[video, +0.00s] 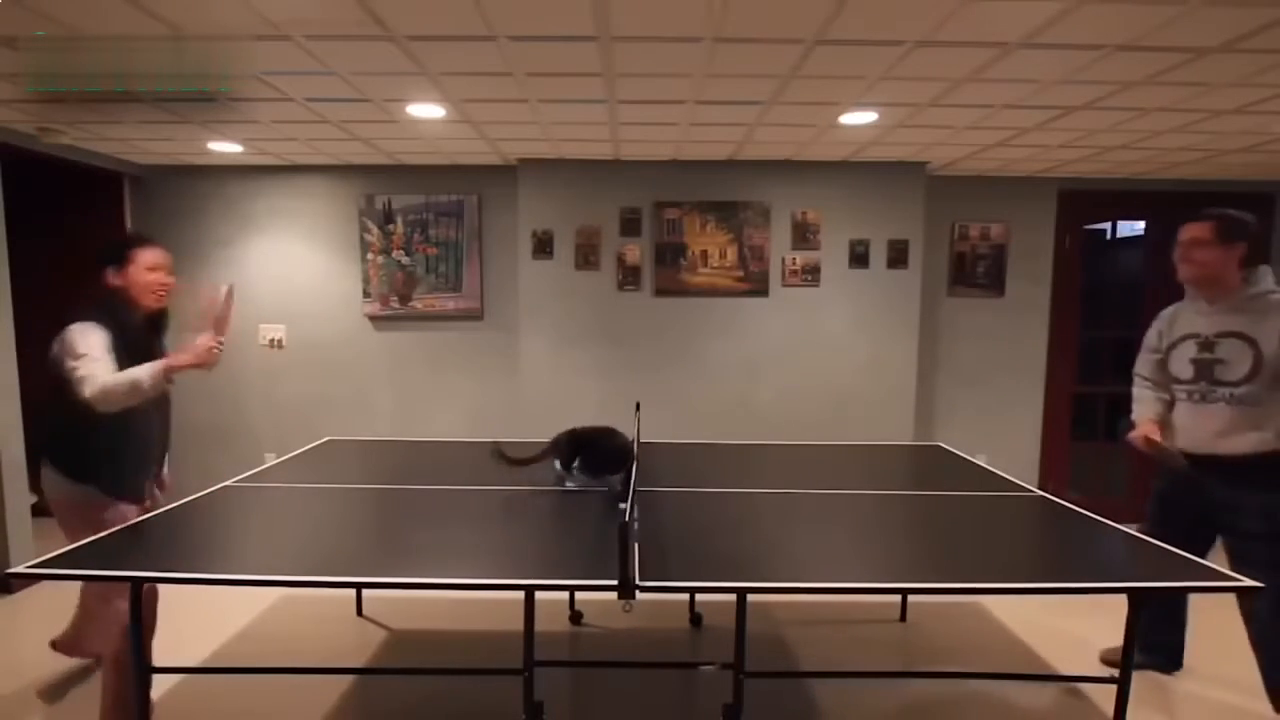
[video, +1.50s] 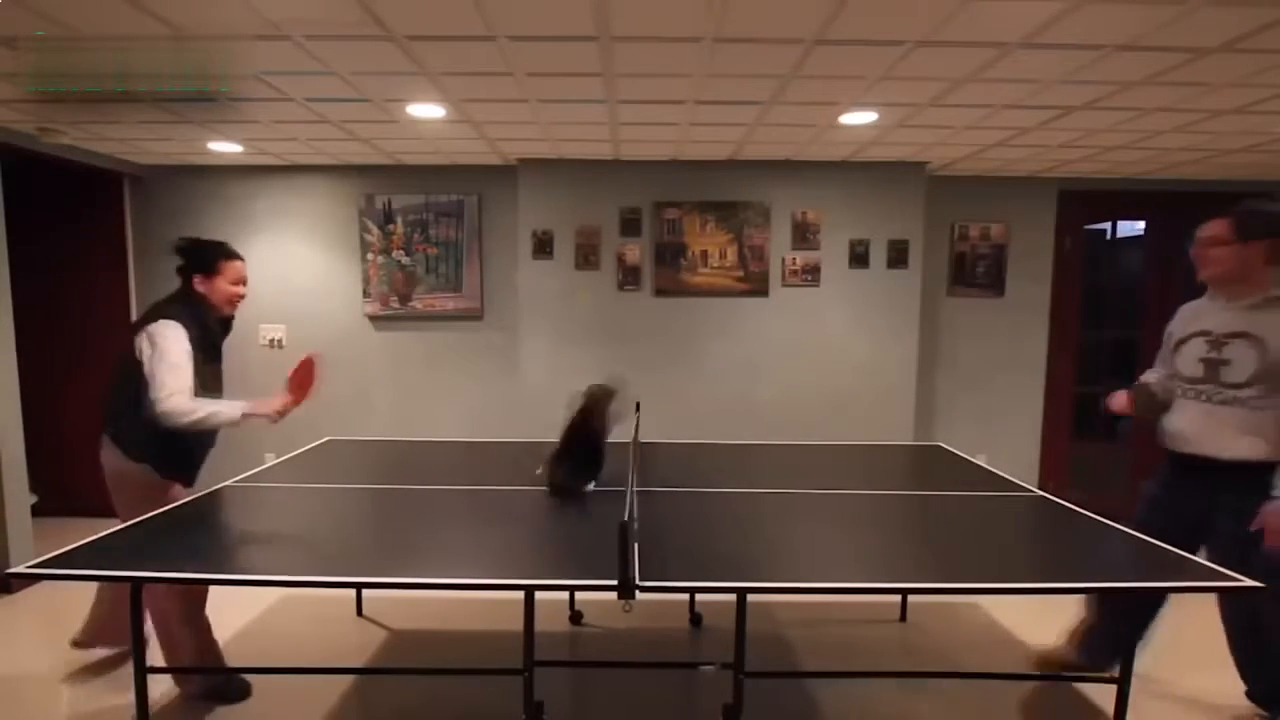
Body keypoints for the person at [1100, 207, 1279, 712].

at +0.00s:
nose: (1183, 256)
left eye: (1197, 247)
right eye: (1180, 247)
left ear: (1235, 253)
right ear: (1176, 256)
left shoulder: (1271, 309)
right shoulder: (1169, 321)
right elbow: (1149, 381)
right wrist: (1146, 421)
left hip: (1257, 470)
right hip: (1185, 467)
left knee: (1266, 589)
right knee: (1158, 561)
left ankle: (1277, 686)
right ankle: (1155, 651)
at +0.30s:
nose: (1158, 277)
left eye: (1169, 265)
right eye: (1154, 268)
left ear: (1207, 267)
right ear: (1155, 276)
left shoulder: (1260, 322)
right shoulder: (1158, 335)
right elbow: (1142, 390)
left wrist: (1277, 501)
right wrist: (1112, 411)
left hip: (1247, 478)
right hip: (1176, 476)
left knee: (1260, 598)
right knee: (1136, 558)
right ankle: (1087, 635)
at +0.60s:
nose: (1055, 292)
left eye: (1065, 281)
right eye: (1051, 283)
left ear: (1100, 286)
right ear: (1052, 289)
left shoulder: (1156, 338)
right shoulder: (1052, 339)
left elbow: (1198, 408)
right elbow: (1000, 351)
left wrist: (1206, 477)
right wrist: (943, 351)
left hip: (1164, 473)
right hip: (1100, 470)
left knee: (1208, 587)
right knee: (1068, 547)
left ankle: (1267, 692)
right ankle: (1071, 631)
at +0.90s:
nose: (1079, 273)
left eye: (1090, 264)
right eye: (1077, 264)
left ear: (1124, 270)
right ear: (1074, 272)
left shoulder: (1183, 324)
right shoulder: (1084, 333)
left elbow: (1229, 397)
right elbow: (1101, 395)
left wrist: (1239, 473)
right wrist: (1089, 426)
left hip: (1185, 469)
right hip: (1118, 467)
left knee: (1230, 585)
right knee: (1092, 550)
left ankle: (1275, 686)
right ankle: (1076, 630)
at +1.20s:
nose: (1212, 253)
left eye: (1226, 241)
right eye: (1210, 242)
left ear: (1262, 250)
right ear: (1205, 251)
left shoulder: (1276, 310)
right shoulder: (1191, 313)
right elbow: (1174, 379)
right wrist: (1161, 408)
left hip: (1265, 471)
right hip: (1201, 465)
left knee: (1266, 589)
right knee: (1167, 562)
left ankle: (1270, 692)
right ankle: (1122, 648)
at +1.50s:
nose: (1201, 256)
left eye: (1215, 246)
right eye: (1199, 247)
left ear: (1255, 252)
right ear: (1196, 254)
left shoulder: (1273, 313)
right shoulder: (1189, 314)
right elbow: (1164, 380)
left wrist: (1278, 498)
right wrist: (1134, 396)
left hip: (1250, 476)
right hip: (1183, 469)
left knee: (1249, 592)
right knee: (1143, 565)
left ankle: (1270, 697)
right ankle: (1095, 653)